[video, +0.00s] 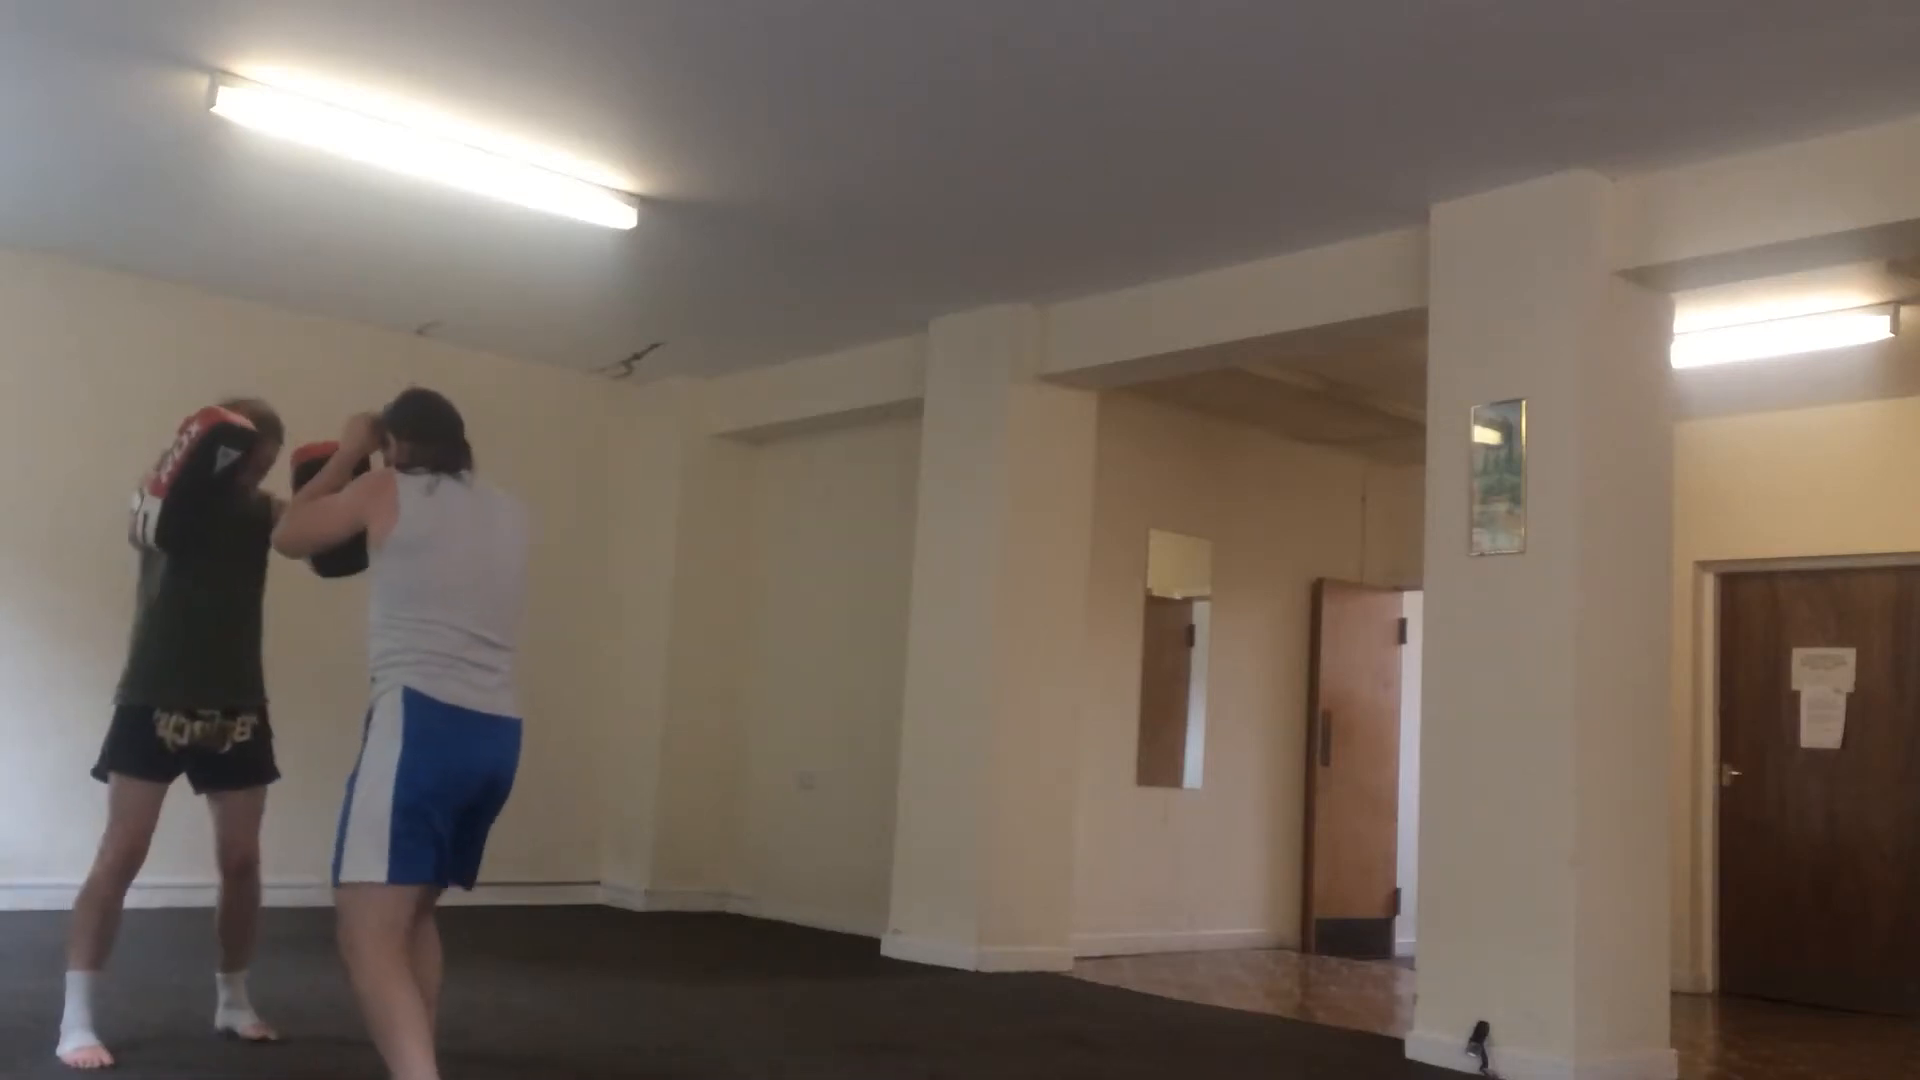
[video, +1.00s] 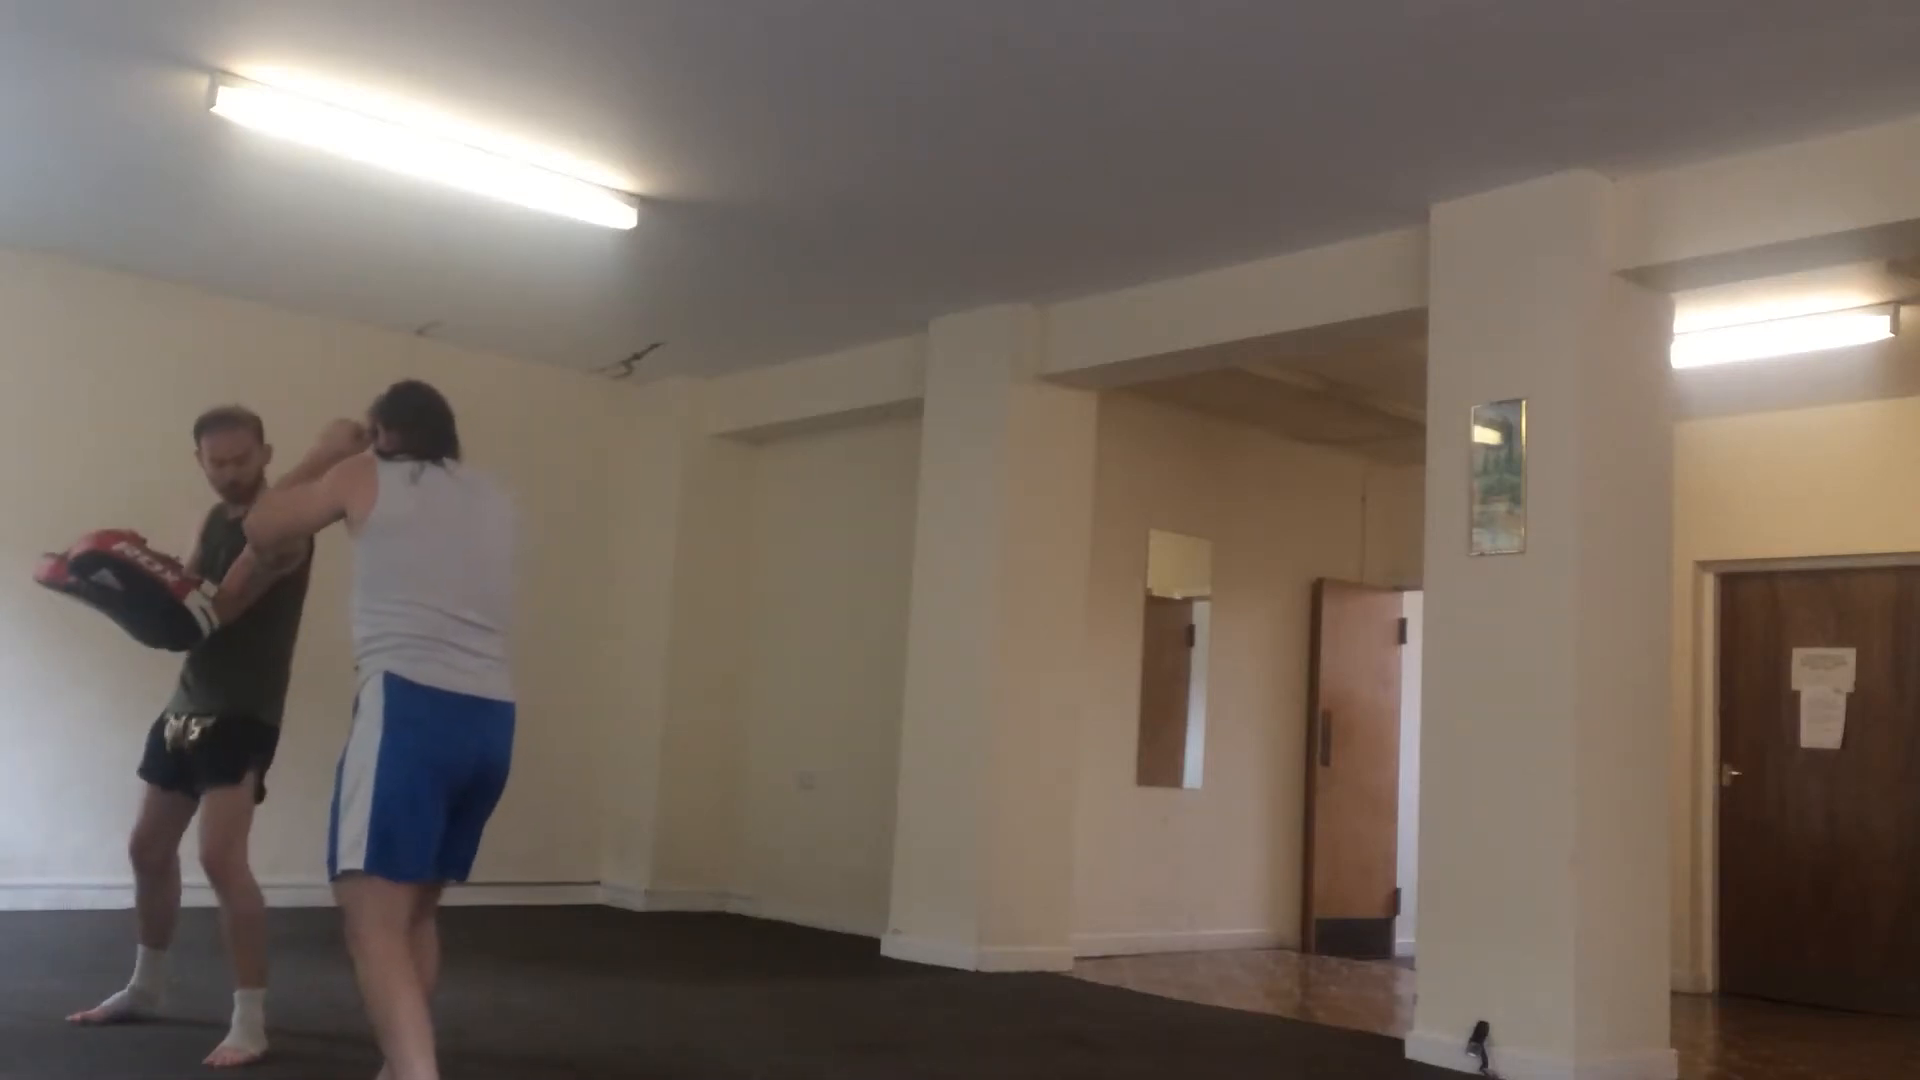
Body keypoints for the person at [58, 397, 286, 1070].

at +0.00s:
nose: (251, 466)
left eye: (260, 457)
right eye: (242, 452)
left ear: (269, 462)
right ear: (211, 444)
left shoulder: (262, 512)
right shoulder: (159, 504)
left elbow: (335, 554)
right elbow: (168, 524)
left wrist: (339, 488)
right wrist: (195, 456)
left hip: (235, 703)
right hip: (155, 700)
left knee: (241, 861)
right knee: (120, 857)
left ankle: (234, 1001)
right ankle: (76, 1021)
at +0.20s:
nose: (267, 476)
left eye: (280, 465)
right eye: (258, 462)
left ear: (296, 461)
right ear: (233, 451)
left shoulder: (304, 521)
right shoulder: (192, 502)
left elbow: (323, 630)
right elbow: (143, 598)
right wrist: (193, 553)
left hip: (256, 709)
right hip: (176, 703)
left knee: (254, 863)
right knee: (123, 852)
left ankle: (232, 1007)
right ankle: (75, 1008)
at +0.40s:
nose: (260, 473)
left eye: (271, 461)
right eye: (248, 461)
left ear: (287, 456)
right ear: (223, 455)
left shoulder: (303, 523)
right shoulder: (193, 510)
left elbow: (299, 620)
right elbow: (173, 580)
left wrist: (296, 642)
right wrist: (152, 585)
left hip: (258, 705)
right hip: (184, 698)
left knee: (251, 868)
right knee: (113, 849)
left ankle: (232, 1005)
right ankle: (122, 976)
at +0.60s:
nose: (229, 478)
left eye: (239, 465)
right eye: (216, 467)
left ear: (257, 458)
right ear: (193, 463)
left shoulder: (278, 526)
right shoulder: (175, 521)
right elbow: (169, 605)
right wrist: (117, 589)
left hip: (242, 711)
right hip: (168, 704)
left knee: (245, 858)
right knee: (133, 850)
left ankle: (245, 992)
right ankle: (143, 988)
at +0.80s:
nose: (219, 475)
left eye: (229, 462)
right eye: (207, 465)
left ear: (251, 456)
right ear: (191, 464)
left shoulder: (271, 523)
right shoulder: (195, 519)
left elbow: (217, 609)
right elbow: (173, 599)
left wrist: (159, 572)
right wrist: (138, 578)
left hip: (235, 711)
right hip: (171, 706)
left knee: (229, 851)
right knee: (140, 848)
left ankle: (253, 1014)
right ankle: (145, 989)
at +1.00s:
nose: (228, 476)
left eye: (239, 461)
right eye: (216, 465)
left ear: (265, 454)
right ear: (202, 465)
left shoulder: (286, 526)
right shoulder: (216, 523)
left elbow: (224, 607)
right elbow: (188, 598)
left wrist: (165, 579)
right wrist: (139, 572)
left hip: (243, 713)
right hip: (190, 704)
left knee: (223, 858)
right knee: (149, 849)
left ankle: (249, 1025)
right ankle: (145, 989)